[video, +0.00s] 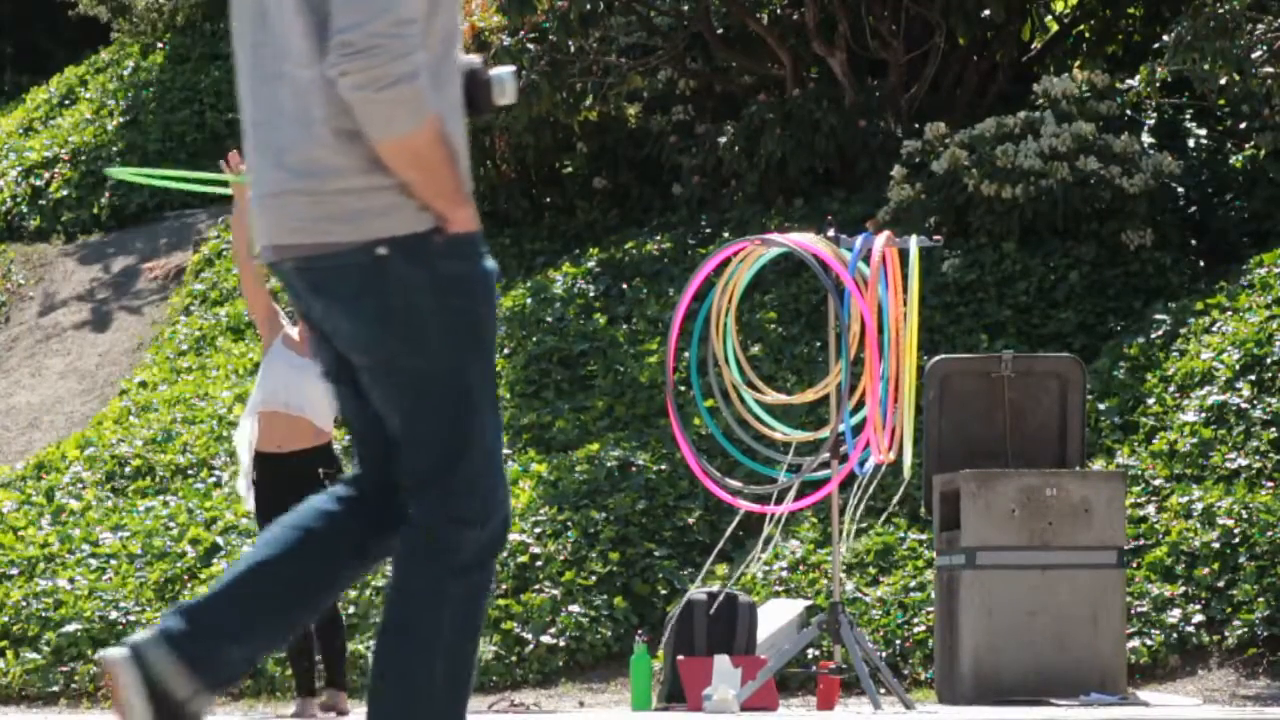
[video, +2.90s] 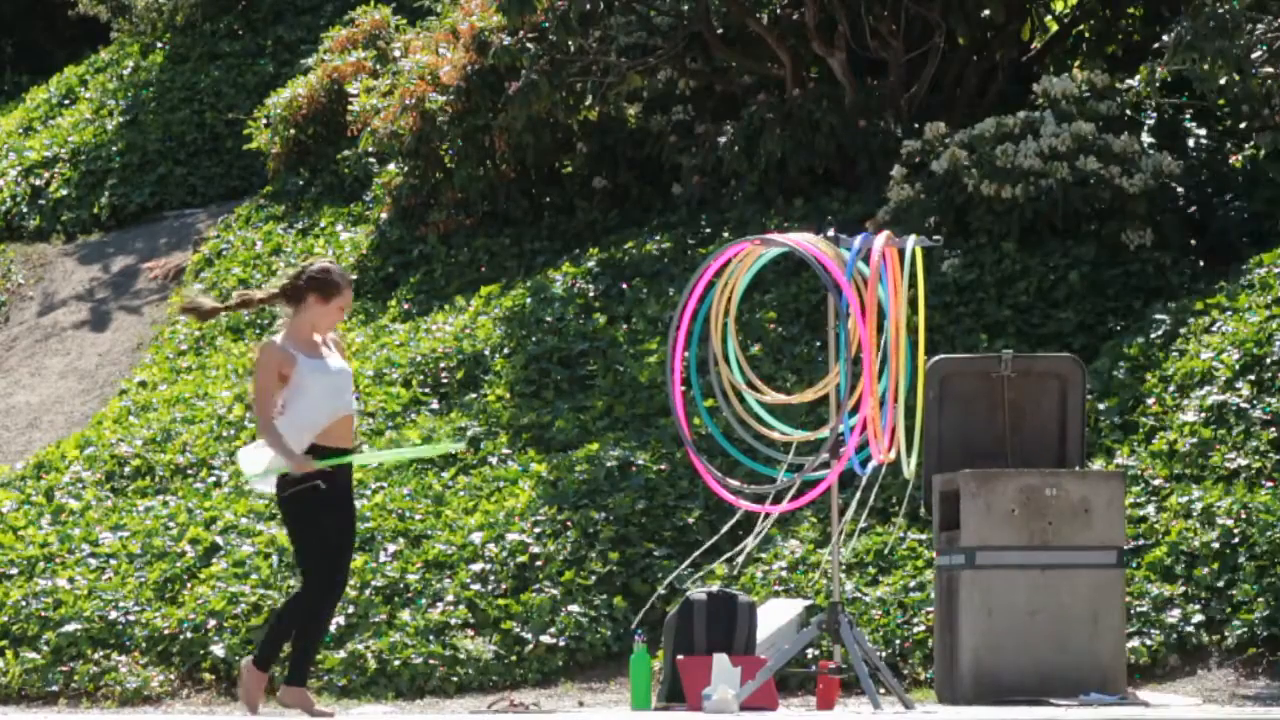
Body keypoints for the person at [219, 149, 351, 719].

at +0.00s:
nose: (309, 309)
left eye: (322, 305)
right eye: (304, 303)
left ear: (341, 317)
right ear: (294, 310)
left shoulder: (339, 357)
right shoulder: (276, 336)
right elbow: (248, 264)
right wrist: (241, 195)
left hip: (318, 464)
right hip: (269, 468)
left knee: (322, 585)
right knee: (287, 583)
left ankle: (336, 690)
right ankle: (305, 695)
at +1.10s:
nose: (345, 302)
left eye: (345, 294)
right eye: (339, 293)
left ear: (317, 298)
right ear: (308, 294)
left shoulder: (317, 348)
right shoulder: (280, 335)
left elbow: (288, 416)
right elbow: (268, 257)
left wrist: (237, 455)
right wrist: (318, 223)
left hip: (312, 467)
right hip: (283, 464)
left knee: (304, 585)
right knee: (300, 583)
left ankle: (302, 693)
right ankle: (279, 694)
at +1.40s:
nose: (325, 296)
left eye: (324, 288)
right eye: (318, 287)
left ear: (283, 292)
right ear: (297, 290)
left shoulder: (271, 336)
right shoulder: (287, 324)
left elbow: (232, 392)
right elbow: (333, 283)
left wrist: (233, 414)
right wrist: (369, 254)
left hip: (264, 474)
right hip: (292, 473)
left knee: (280, 587)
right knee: (314, 585)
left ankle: (270, 695)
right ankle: (317, 692)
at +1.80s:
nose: (253, 302)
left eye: (254, 295)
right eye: (254, 295)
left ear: (262, 300)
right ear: (302, 296)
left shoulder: (249, 350)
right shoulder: (329, 338)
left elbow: (231, 406)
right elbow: (365, 349)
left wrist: (300, 411)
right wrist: (335, 321)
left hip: (249, 478)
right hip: (305, 478)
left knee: (261, 588)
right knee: (298, 586)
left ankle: (267, 694)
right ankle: (314, 689)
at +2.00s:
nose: (256, 308)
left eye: (261, 300)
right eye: (255, 300)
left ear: (284, 300)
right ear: (297, 300)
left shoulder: (263, 347)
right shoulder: (334, 340)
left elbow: (273, 412)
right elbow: (333, 391)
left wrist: (325, 409)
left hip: (263, 473)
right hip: (312, 473)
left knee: (263, 581)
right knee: (274, 579)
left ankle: (269, 689)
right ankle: (292, 681)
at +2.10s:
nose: (258, 310)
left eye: (265, 302)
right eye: (257, 302)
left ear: (292, 300)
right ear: (295, 302)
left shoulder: (277, 343)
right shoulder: (317, 336)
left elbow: (295, 410)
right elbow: (284, 394)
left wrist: (328, 400)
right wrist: (240, 392)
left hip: (276, 481)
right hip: (305, 481)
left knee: (262, 582)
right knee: (267, 580)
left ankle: (274, 689)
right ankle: (274, 686)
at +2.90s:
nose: (344, 317)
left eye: (346, 309)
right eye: (341, 308)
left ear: (322, 303)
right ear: (313, 301)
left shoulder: (329, 342)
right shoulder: (275, 352)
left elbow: (334, 403)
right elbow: (263, 419)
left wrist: (352, 449)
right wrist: (293, 459)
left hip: (339, 470)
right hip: (303, 472)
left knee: (332, 582)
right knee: (319, 581)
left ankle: (295, 685)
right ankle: (257, 670)